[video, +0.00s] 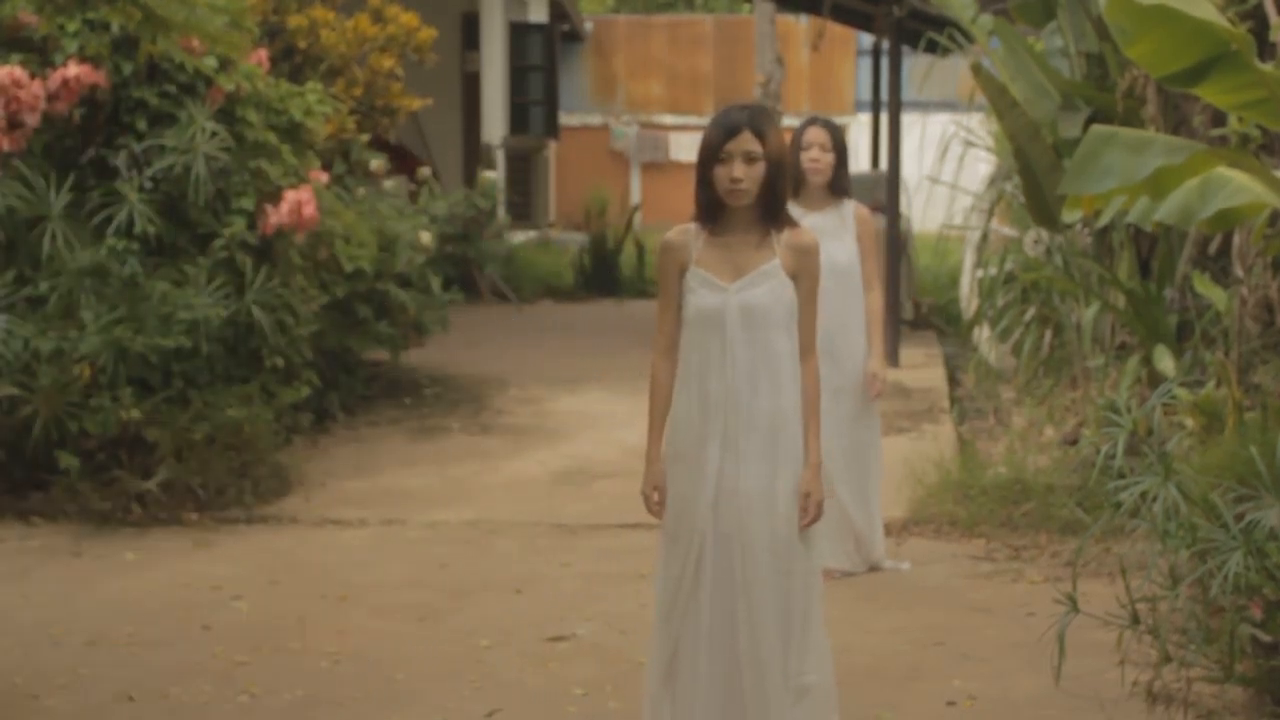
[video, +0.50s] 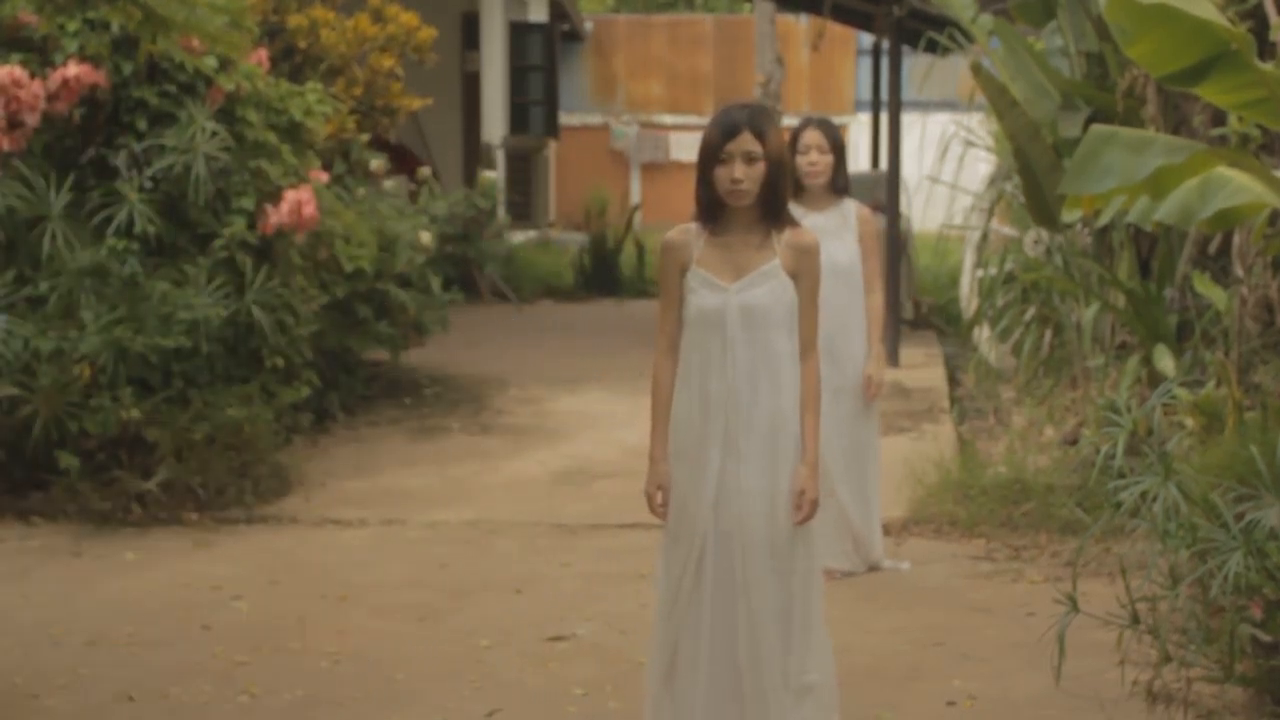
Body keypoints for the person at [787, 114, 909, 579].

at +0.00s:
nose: (817, 158)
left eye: (826, 149)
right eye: (808, 149)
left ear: (839, 158)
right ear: (794, 157)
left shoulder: (858, 217)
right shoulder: (780, 217)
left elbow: (873, 287)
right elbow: (770, 288)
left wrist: (876, 354)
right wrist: (771, 351)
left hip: (847, 351)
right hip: (794, 350)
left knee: (848, 447)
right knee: (799, 443)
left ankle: (851, 546)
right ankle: (806, 545)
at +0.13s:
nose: (815, 158)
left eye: (824, 150)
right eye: (805, 150)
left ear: (837, 157)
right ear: (793, 158)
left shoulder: (859, 218)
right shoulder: (779, 218)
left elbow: (873, 288)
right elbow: (769, 290)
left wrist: (876, 354)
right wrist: (770, 352)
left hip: (847, 351)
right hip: (794, 350)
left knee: (847, 447)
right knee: (799, 443)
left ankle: (849, 546)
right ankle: (805, 545)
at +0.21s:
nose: (814, 159)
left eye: (823, 150)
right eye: (805, 151)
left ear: (837, 157)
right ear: (792, 159)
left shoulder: (859, 218)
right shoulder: (780, 218)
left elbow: (873, 288)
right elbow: (770, 290)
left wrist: (875, 354)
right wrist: (771, 352)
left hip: (847, 351)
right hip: (794, 351)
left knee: (848, 448)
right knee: (800, 444)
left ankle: (850, 546)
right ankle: (806, 546)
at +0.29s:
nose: (813, 160)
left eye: (822, 151)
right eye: (803, 151)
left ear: (836, 157)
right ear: (791, 160)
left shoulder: (860, 218)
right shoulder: (780, 219)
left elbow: (873, 289)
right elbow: (771, 291)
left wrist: (875, 356)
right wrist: (772, 353)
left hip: (848, 352)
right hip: (795, 351)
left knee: (848, 448)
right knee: (800, 445)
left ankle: (851, 546)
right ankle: (807, 546)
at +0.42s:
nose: (813, 160)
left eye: (822, 151)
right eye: (803, 152)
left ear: (836, 158)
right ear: (791, 160)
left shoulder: (860, 218)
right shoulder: (780, 218)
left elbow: (874, 289)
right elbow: (771, 290)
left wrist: (875, 355)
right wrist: (772, 352)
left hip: (848, 351)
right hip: (795, 351)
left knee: (848, 449)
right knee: (800, 445)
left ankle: (851, 546)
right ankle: (807, 546)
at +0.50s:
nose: (814, 161)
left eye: (823, 152)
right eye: (804, 152)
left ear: (837, 158)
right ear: (792, 160)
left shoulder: (860, 218)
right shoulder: (780, 218)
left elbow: (874, 289)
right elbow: (770, 290)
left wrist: (875, 354)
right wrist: (771, 351)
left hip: (848, 351)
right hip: (795, 351)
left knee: (848, 448)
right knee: (799, 444)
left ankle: (850, 546)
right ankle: (805, 545)